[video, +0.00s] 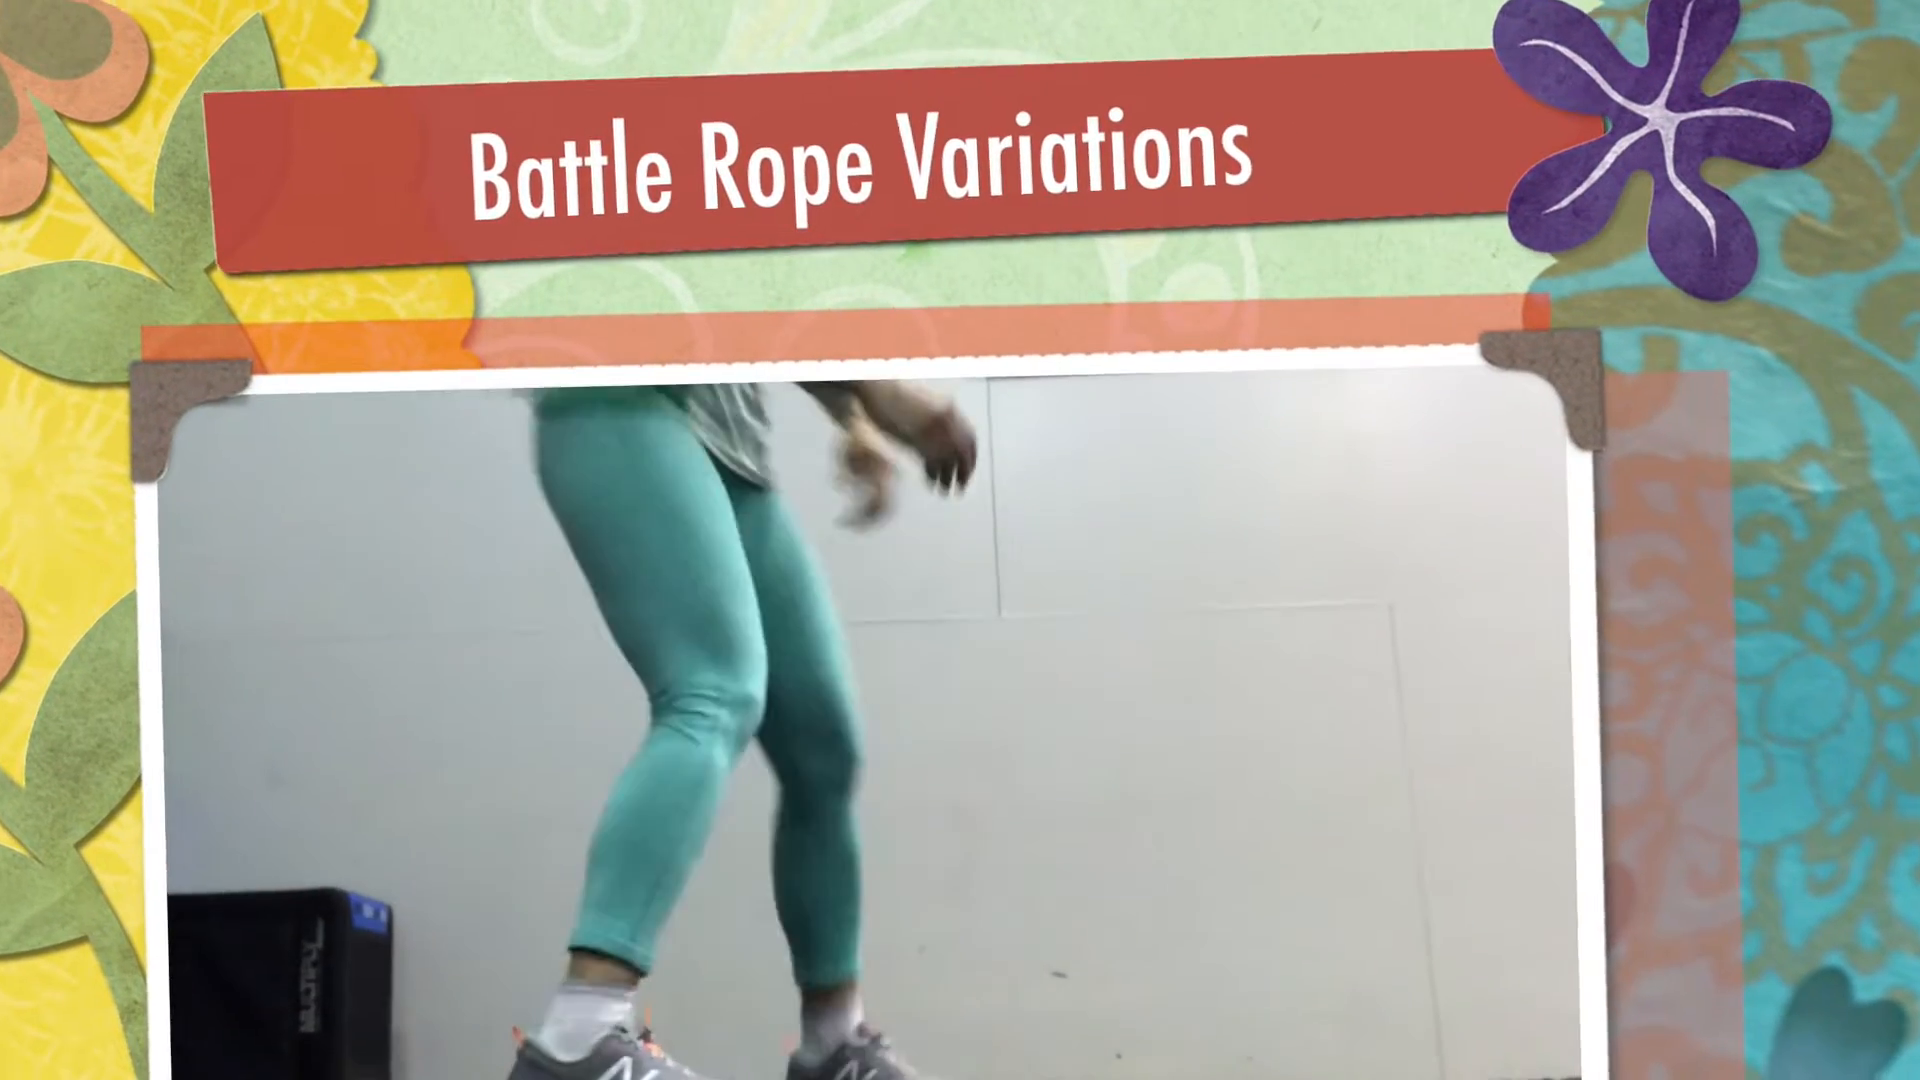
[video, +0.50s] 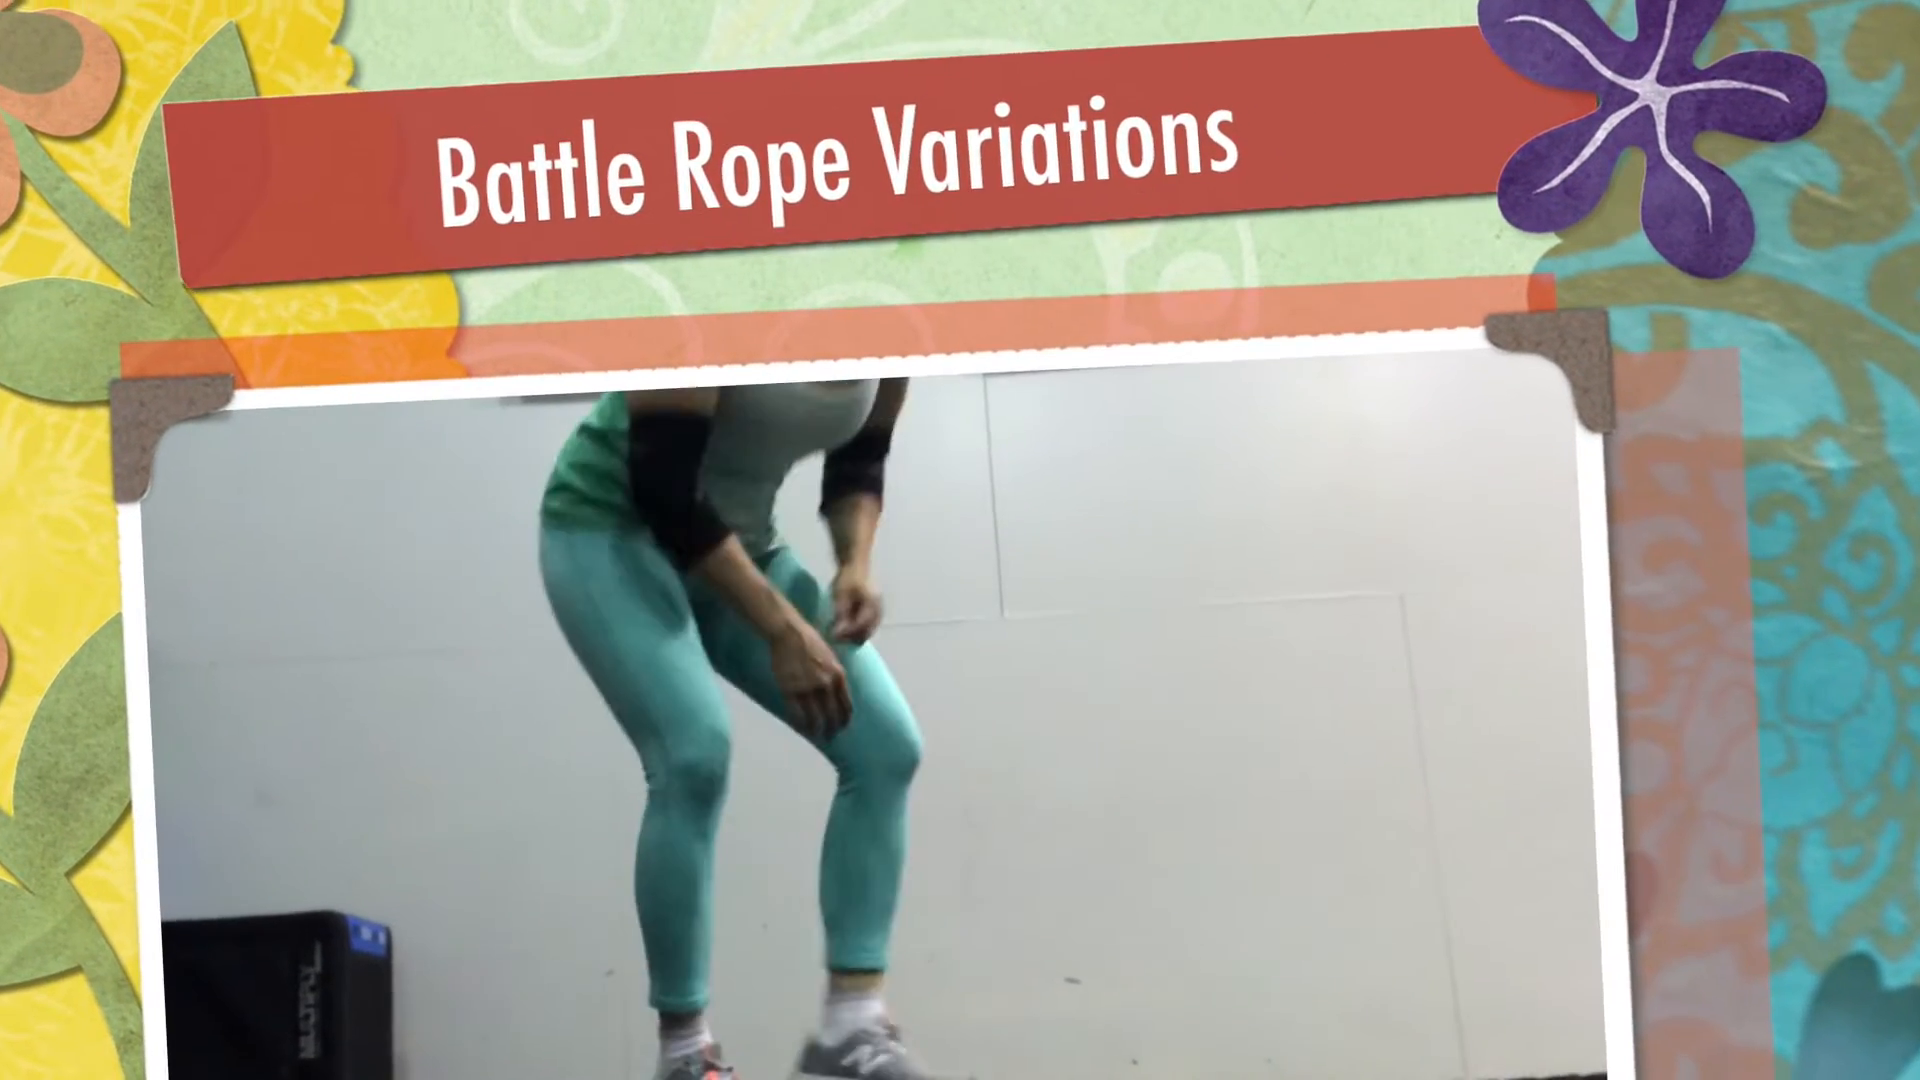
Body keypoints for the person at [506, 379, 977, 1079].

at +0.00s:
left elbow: (784, 304)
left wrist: (853, 418)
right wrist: (909, 402)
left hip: (730, 441)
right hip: (623, 408)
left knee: (823, 748)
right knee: (712, 694)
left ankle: (834, 1040)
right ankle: (583, 1027)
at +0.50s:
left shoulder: (893, 344)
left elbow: (860, 453)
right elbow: (666, 496)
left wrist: (855, 562)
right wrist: (783, 628)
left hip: (738, 539)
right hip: (609, 525)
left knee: (884, 747)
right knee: (694, 754)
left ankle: (851, 1025)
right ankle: (685, 1048)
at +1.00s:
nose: (846, 347)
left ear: (886, 341)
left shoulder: (918, 428)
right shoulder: (718, 414)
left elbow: (937, 604)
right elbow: (705, 609)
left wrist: (863, 675)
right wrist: (875, 650)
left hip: (739, 658)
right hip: (618, 625)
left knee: (888, 833)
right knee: (690, 762)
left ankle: (801, 1060)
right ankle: (690, 1058)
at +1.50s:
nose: (889, 383)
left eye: (915, 364)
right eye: (862, 365)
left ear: (948, 393)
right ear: (822, 392)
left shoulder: (976, 570)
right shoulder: (756, 499)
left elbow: (1014, 767)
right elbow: (722, 661)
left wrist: (889, 810)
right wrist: (913, 700)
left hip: (810, 854)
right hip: (655, 833)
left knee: (1031, 865)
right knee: (747, 736)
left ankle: (838, 1025)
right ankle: (717, 1046)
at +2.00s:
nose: (940, 140)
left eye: (972, 117)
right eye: (909, 115)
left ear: (1015, 159)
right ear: (864, 149)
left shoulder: (1040, 367)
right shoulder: (782, 270)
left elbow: (1078, 600)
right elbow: (707, 437)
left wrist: (929, 669)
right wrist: (938, 506)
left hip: (813, 711)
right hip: (645, 675)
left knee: (1097, 720)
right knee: (734, 523)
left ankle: (842, 888)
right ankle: (691, 915)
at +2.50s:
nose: (937, 156)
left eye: (969, 134)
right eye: (906, 132)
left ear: (1012, 176)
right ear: (861, 167)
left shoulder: (1036, 373)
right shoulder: (781, 283)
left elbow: (1081, 608)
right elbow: (699, 441)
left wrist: (936, 674)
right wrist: (933, 468)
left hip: (814, 718)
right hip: (638, 689)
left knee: (1099, 723)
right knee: (751, 525)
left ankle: (843, 888)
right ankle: (692, 912)